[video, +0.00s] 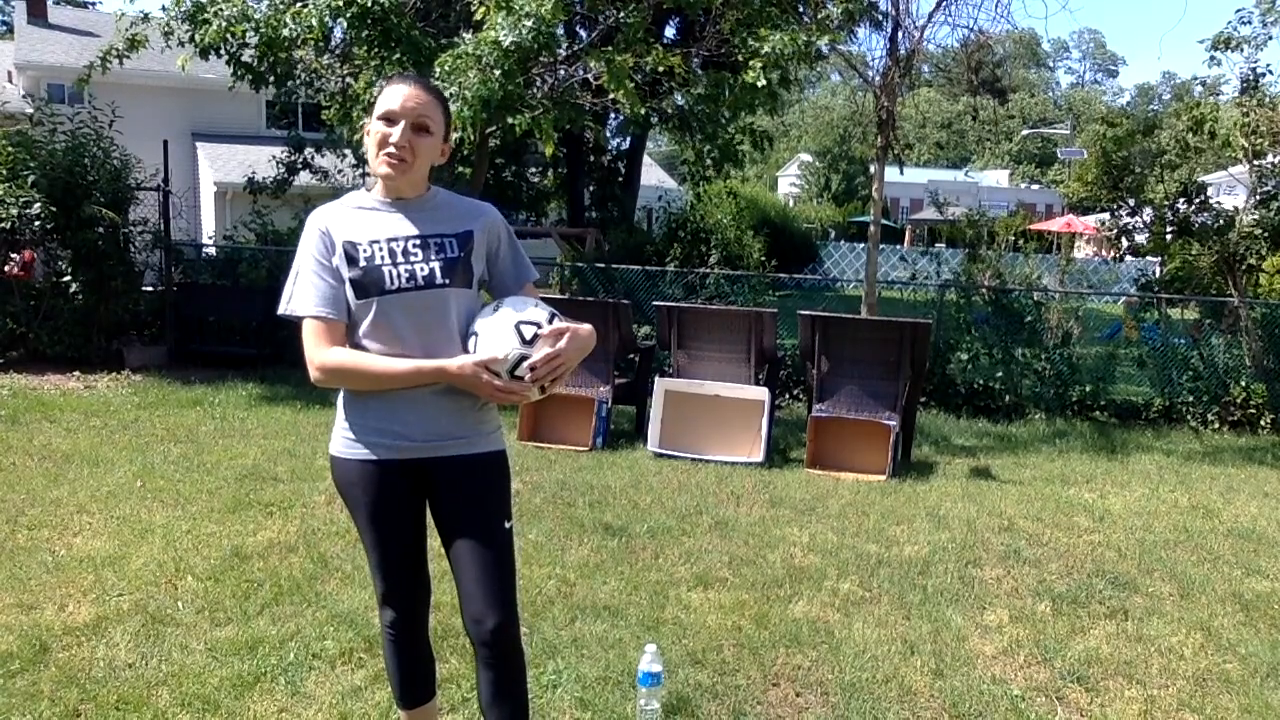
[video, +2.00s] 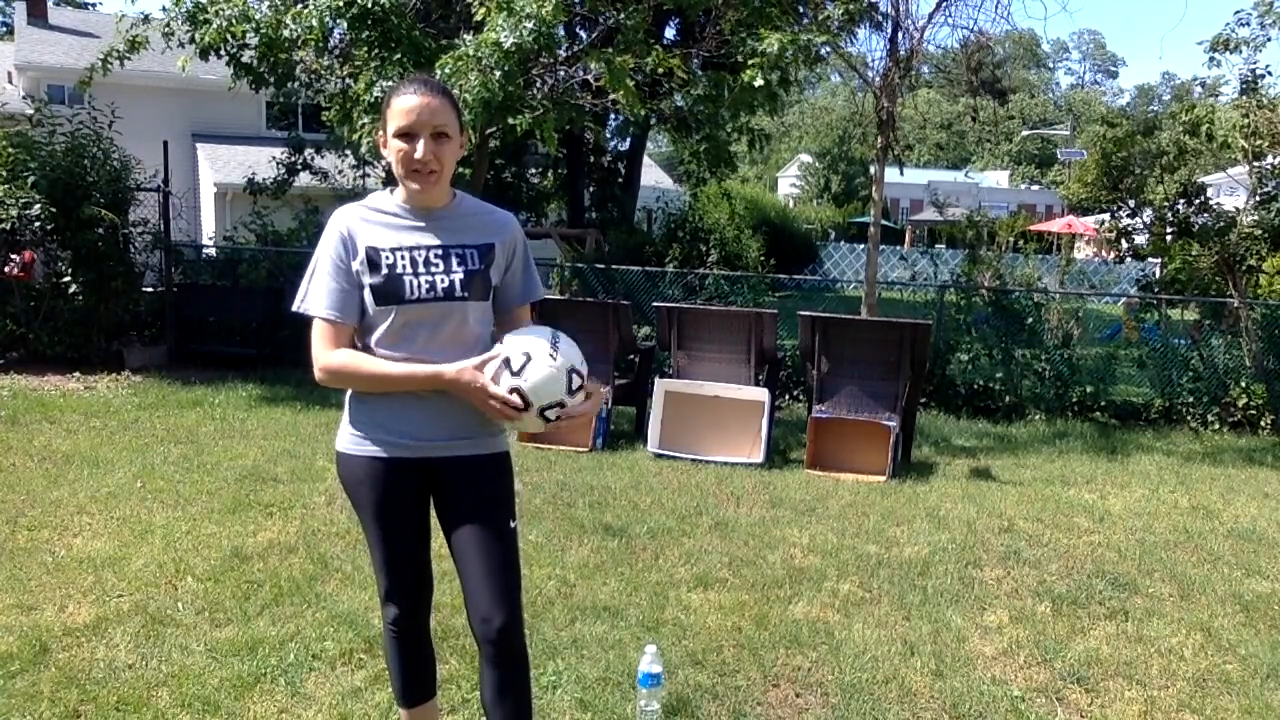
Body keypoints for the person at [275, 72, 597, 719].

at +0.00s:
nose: (397, 134)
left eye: (418, 127)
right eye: (387, 119)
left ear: (443, 150)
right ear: (367, 132)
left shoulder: (482, 222)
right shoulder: (330, 227)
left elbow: (530, 321)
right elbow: (322, 361)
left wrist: (583, 336)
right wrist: (447, 371)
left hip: (469, 450)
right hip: (373, 455)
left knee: (494, 625)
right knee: (402, 616)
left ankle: (506, 717)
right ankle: (419, 714)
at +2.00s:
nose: (423, 151)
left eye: (438, 136)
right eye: (407, 136)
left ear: (461, 143)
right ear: (384, 144)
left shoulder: (499, 230)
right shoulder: (351, 228)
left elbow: (522, 351)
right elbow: (327, 361)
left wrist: (573, 394)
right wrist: (447, 377)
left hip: (474, 451)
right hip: (380, 452)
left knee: (500, 625)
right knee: (404, 613)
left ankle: (509, 719)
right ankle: (421, 714)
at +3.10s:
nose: (427, 142)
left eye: (442, 129)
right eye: (410, 131)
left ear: (466, 144)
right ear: (389, 150)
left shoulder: (500, 228)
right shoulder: (353, 221)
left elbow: (528, 358)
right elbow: (306, 345)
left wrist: (472, 333)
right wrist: (325, 341)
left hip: (469, 442)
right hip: (374, 440)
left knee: (494, 618)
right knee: (401, 606)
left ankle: (508, 718)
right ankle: (419, 713)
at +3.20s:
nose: (427, 139)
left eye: (443, 126)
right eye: (411, 127)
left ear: (465, 143)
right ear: (390, 146)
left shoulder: (500, 228)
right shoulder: (351, 221)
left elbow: (526, 355)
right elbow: (307, 333)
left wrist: (474, 345)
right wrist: (327, 353)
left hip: (470, 444)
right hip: (374, 441)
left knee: (493, 620)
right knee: (402, 607)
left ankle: (508, 718)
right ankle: (418, 713)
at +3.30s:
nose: (426, 140)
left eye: (442, 128)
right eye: (410, 128)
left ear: (463, 144)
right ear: (388, 145)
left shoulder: (499, 228)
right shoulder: (350, 223)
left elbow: (525, 354)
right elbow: (309, 335)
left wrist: (476, 353)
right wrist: (327, 356)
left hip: (469, 446)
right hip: (373, 444)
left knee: (496, 620)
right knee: (401, 607)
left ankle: (508, 718)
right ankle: (418, 714)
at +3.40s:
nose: (425, 141)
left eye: (440, 129)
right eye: (409, 129)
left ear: (462, 145)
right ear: (386, 146)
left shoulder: (497, 228)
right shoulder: (349, 225)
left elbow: (523, 350)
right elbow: (315, 337)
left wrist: (479, 359)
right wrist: (332, 357)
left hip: (468, 446)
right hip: (372, 444)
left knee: (496, 620)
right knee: (401, 607)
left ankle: (509, 718)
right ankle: (419, 714)